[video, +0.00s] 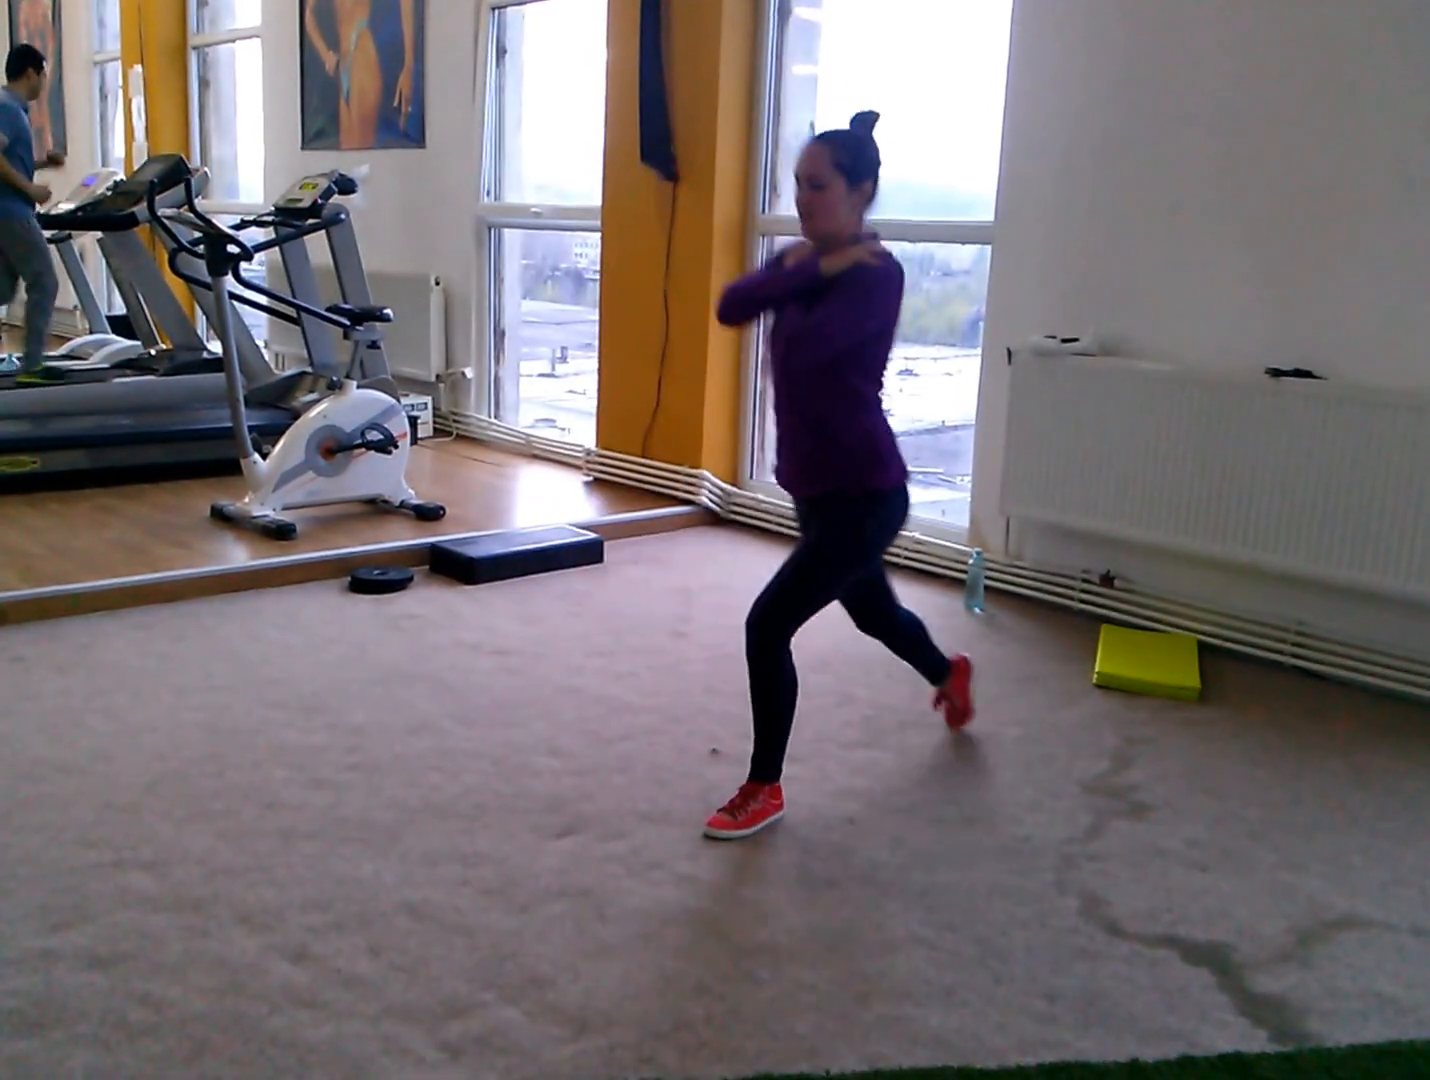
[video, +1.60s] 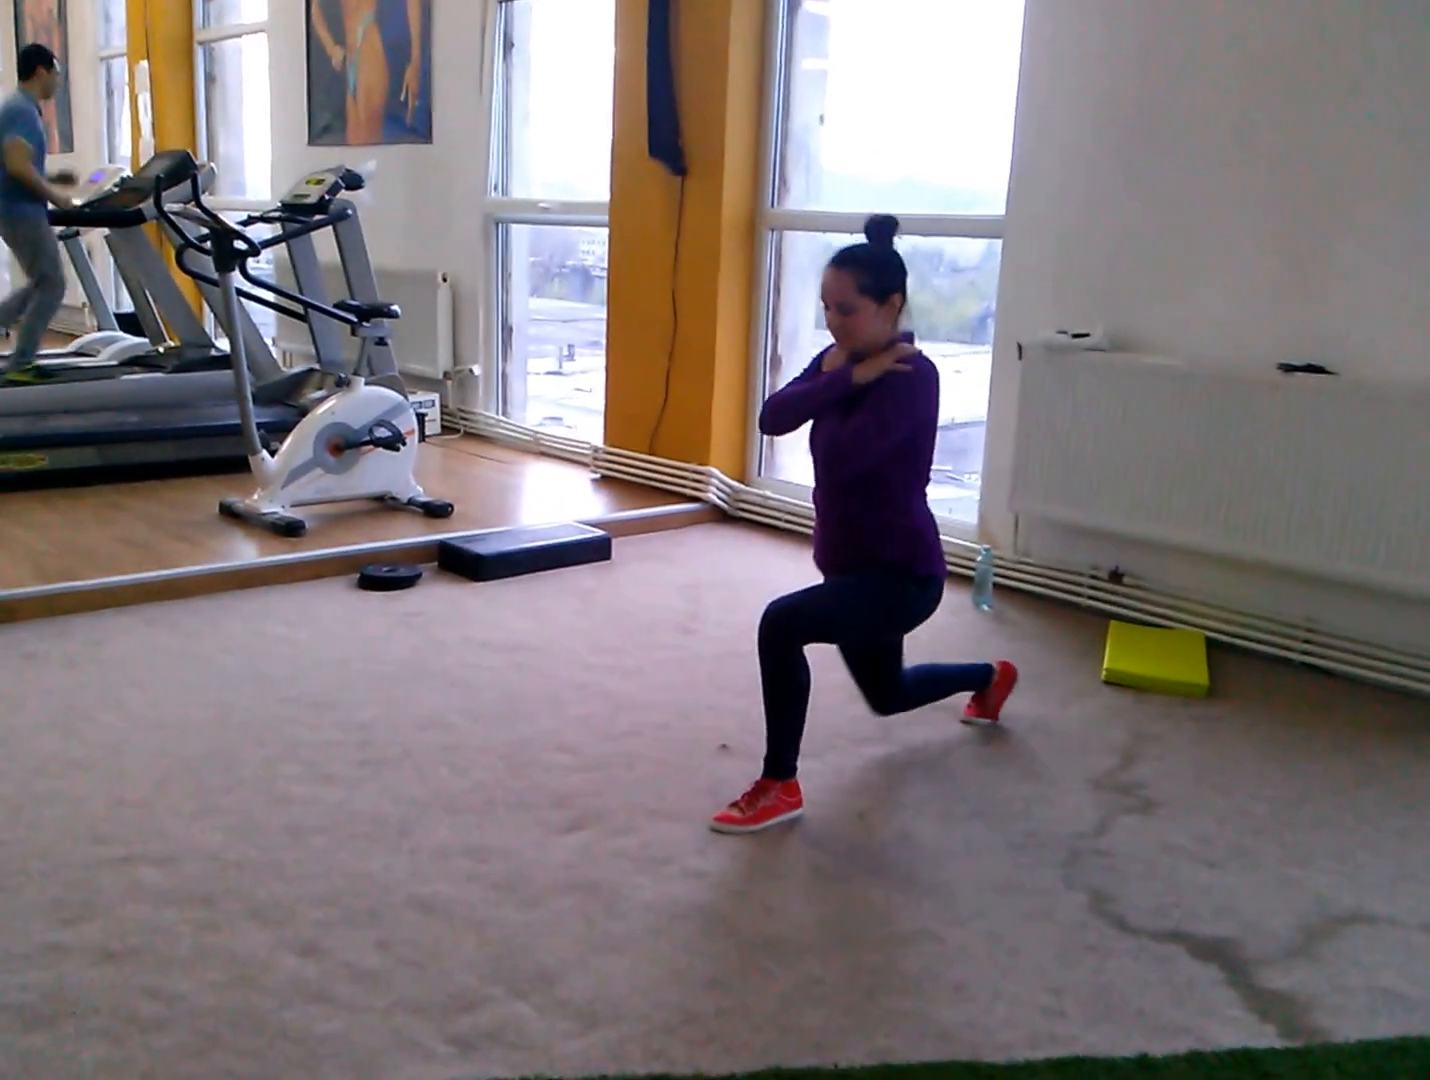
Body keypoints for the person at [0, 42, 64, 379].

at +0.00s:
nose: (44, 83)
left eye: (43, 76)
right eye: (42, 75)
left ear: (18, 73)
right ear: (31, 73)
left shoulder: (15, 110)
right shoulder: (10, 110)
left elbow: (12, 161)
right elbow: (3, 158)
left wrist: (43, 162)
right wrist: (28, 188)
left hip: (13, 209)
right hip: (12, 210)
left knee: (5, 287)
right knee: (44, 280)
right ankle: (32, 363)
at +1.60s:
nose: (57, 81)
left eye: (56, 74)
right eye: (54, 74)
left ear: (32, 73)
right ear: (39, 73)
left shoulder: (22, 109)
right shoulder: (21, 111)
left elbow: (18, 167)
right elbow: (17, 165)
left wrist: (51, 180)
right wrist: (57, 197)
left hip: (20, 210)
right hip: (19, 211)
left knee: (43, 280)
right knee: (51, 283)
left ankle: (3, 319)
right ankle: (22, 360)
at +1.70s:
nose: (59, 77)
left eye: (58, 70)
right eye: (57, 70)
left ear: (31, 70)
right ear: (44, 69)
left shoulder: (13, 102)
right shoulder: (29, 106)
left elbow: (25, 164)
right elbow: (32, 161)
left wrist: (62, 177)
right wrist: (71, 178)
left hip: (25, 210)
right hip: (20, 211)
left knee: (66, 269)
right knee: (23, 282)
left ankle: (33, 349)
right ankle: (1, 351)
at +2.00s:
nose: (61, 79)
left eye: (61, 72)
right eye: (59, 72)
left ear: (33, 73)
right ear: (46, 72)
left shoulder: (19, 104)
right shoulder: (35, 107)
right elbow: (27, 157)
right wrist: (66, 192)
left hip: (18, 211)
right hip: (30, 212)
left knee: (44, 286)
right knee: (70, 281)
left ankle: (20, 357)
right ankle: (10, 326)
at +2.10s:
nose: (65, 73)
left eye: (65, 66)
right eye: (62, 65)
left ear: (40, 65)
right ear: (49, 65)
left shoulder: (35, 99)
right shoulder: (30, 98)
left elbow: (39, 159)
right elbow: (15, 143)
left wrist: (75, 159)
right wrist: (52, 172)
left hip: (20, 208)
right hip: (33, 207)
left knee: (15, 281)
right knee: (82, 265)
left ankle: (2, 344)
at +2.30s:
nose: (72, 77)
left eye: (72, 70)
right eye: (69, 70)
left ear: (47, 70)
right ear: (54, 69)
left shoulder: (37, 102)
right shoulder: (39, 107)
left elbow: (40, 154)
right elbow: (27, 154)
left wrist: (75, 158)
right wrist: (65, 189)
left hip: (32, 210)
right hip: (44, 211)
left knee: (45, 283)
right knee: (77, 279)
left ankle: (1, 312)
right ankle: (66, 357)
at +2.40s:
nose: (76, 81)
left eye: (76, 74)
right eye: (74, 74)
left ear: (49, 75)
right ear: (60, 74)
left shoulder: (31, 106)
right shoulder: (47, 112)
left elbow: (33, 167)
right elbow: (50, 168)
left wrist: (72, 184)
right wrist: (83, 189)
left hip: (30, 209)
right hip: (41, 211)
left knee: (69, 278)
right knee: (71, 278)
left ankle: (19, 333)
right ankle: (29, 356)